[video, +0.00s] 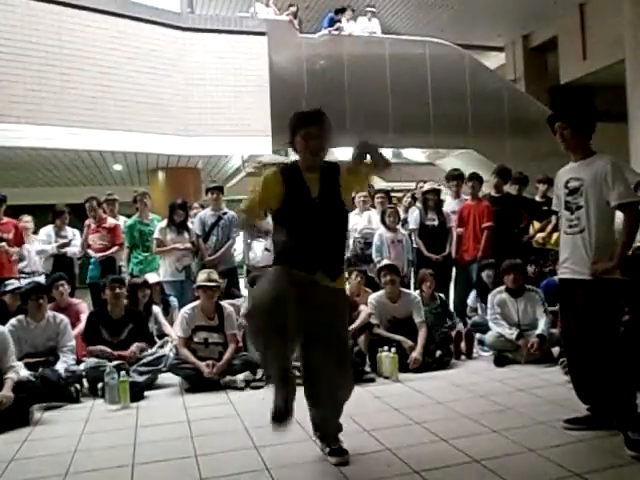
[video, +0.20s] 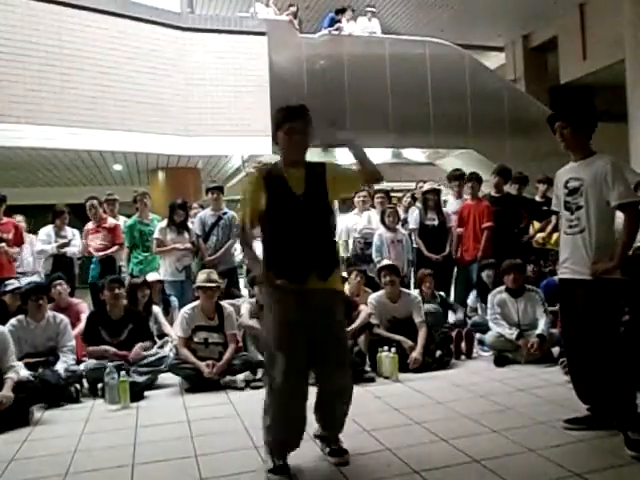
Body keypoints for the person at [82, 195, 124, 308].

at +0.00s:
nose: (92, 213)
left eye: (94, 210)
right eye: (89, 211)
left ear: (100, 208)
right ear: (87, 212)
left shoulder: (112, 224)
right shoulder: (88, 224)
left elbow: (119, 245)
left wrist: (102, 254)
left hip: (108, 259)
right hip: (93, 259)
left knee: (110, 290)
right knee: (94, 288)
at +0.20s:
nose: (93, 212)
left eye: (95, 208)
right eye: (90, 209)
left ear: (100, 208)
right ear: (88, 211)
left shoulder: (112, 224)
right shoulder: (88, 227)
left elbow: (119, 244)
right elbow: (85, 248)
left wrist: (103, 253)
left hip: (108, 258)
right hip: (94, 258)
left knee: (110, 287)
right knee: (93, 285)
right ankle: (98, 313)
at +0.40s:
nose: (93, 210)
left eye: (95, 206)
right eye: (90, 207)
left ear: (100, 207)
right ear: (87, 211)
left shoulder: (112, 224)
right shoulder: (87, 227)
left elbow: (119, 244)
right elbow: (85, 245)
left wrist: (102, 253)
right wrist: (87, 250)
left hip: (108, 258)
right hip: (93, 259)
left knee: (110, 289)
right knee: (94, 289)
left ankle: (112, 315)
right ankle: (98, 315)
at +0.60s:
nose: (92, 210)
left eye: (95, 206)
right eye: (89, 207)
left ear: (100, 207)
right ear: (87, 211)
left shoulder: (112, 224)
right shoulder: (87, 227)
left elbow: (119, 244)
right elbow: (84, 245)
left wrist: (103, 253)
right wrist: (87, 251)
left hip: (107, 258)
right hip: (93, 259)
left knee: (109, 288)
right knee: (94, 289)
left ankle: (111, 315)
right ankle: (98, 316)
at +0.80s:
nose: (92, 210)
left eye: (95, 206)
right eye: (89, 207)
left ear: (100, 207)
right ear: (86, 211)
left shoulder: (112, 224)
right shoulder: (87, 228)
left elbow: (118, 244)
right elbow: (84, 245)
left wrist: (102, 253)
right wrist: (84, 252)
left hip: (107, 259)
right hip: (92, 260)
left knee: (110, 290)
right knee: (94, 291)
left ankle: (112, 317)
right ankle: (99, 318)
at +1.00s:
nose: (92, 209)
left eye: (95, 206)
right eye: (89, 207)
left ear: (100, 207)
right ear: (87, 210)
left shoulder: (112, 224)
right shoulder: (87, 227)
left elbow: (118, 244)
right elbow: (84, 245)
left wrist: (101, 253)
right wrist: (84, 251)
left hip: (107, 259)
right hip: (91, 260)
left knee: (110, 291)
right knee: (94, 293)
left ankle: (112, 318)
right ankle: (98, 319)